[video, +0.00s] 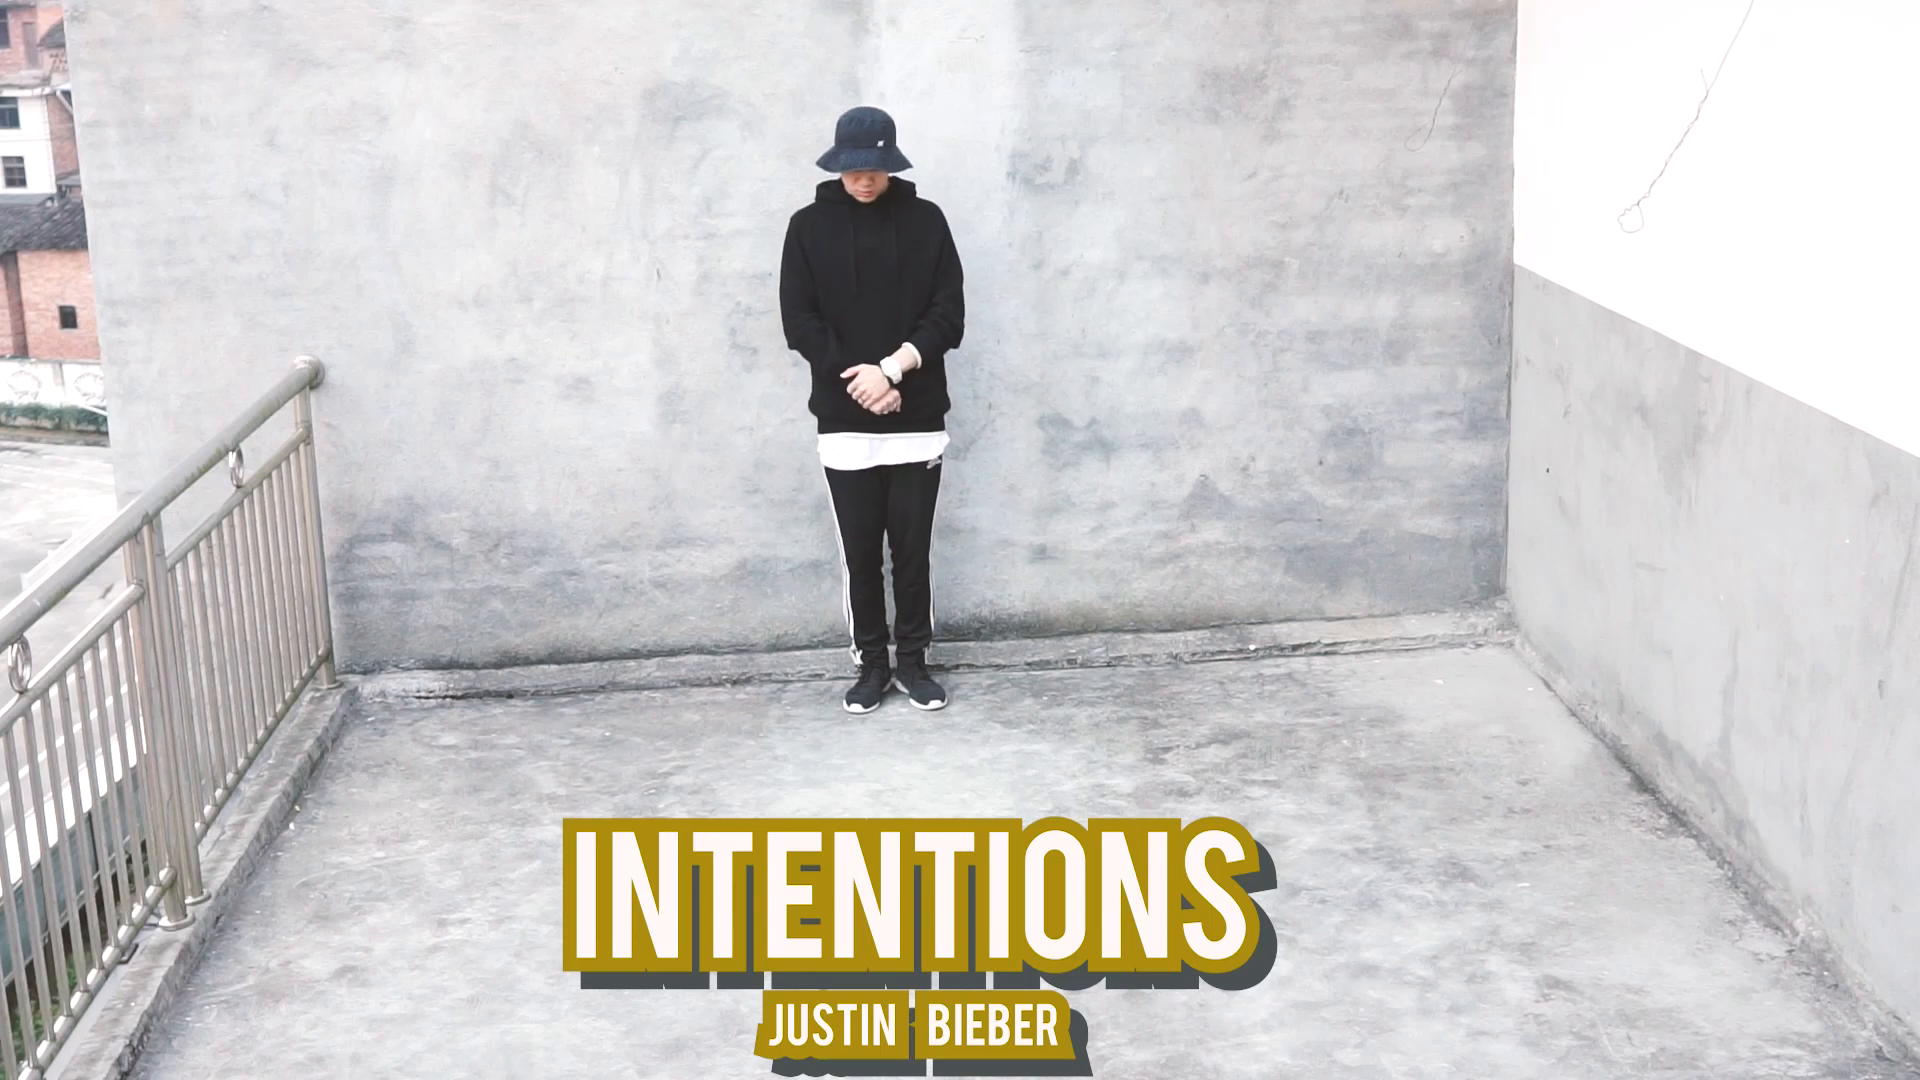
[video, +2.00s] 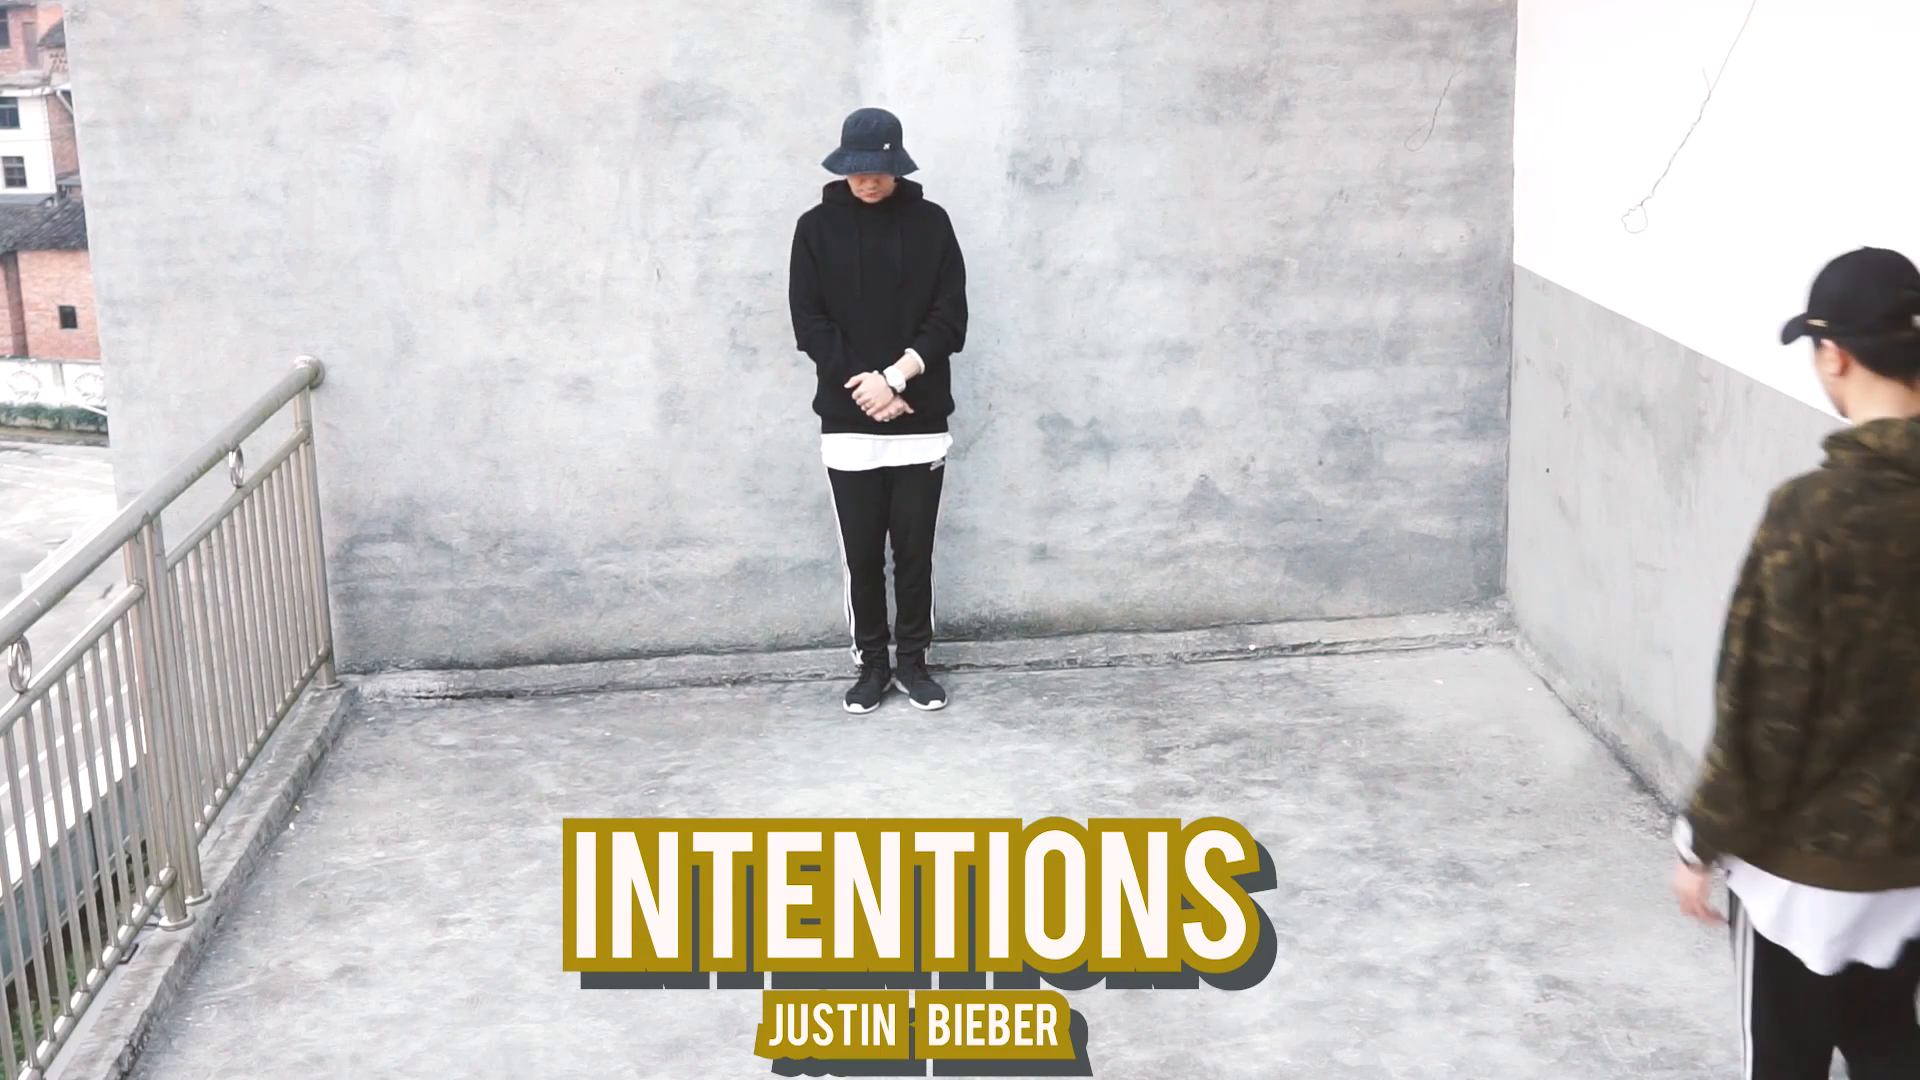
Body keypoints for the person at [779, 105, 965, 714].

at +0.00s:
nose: (864, 180)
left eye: (874, 169)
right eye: (853, 169)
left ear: (892, 166)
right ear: (837, 167)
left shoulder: (925, 219)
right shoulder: (809, 225)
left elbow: (949, 314)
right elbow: (799, 322)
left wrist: (893, 365)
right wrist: (860, 380)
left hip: (917, 412)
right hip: (843, 415)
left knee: (911, 548)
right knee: (860, 551)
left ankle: (913, 663)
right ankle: (872, 666)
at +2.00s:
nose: (868, 181)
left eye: (879, 171)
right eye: (857, 171)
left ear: (898, 167)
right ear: (842, 169)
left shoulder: (930, 222)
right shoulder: (817, 225)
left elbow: (950, 317)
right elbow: (808, 322)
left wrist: (896, 373)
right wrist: (865, 387)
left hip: (920, 415)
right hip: (846, 417)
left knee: (914, 549)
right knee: (862, 552)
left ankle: (913, 662)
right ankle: (872, 666)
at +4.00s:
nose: (867, 183)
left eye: (878, 173)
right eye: (856, 172)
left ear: (897, 168)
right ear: (841, 169)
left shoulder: (929, 221)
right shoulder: (815, 226)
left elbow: (949, 318)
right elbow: (807, 323)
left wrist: (895, 373)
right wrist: (863, 386)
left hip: (920, 413)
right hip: (845, 416)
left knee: (913, 547)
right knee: (861, 551)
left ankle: (912, 663)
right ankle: (872, 666)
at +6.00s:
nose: (866, 190)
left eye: (878, 179)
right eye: (856, 179)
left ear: (896, 173)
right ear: (840, 173)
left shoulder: (927, 221)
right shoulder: (814, 228)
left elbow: (947, 317)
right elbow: (807, 325)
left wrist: (894, 374)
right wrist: (862, 386)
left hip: (919, 414)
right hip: (844, 418)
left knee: (913, 549)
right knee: (861, 552)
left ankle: (913, 664)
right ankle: (872, 666)